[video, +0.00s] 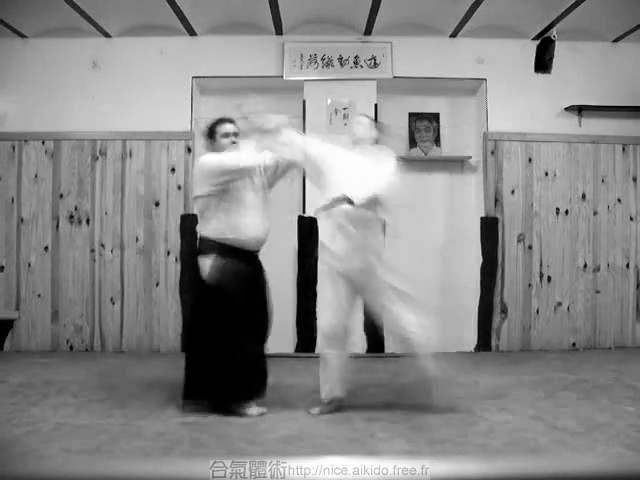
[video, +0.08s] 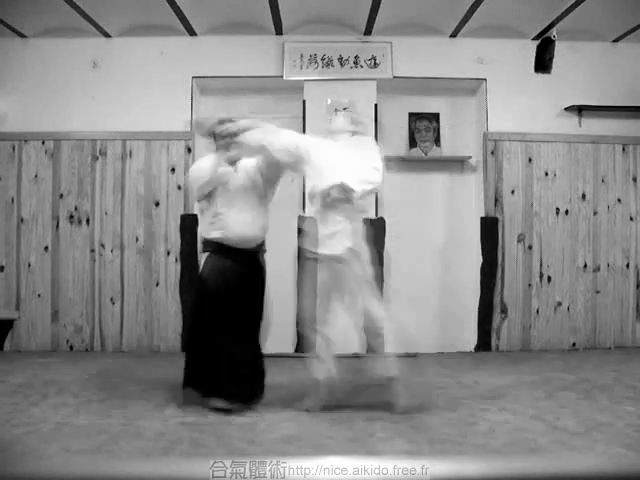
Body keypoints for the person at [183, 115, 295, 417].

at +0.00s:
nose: (232, 139)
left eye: (235, 135)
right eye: (225, 135)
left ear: (240, 138)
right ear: (212, 141)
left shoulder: (253, 167)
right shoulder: (207, 164)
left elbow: (287, 161)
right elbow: (241, 163)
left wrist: (286, 138)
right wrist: (268, 157)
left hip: (247, 256)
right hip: (218, 255)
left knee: (253, 325)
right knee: (226, 328)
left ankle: (248, 394)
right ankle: (228, 398)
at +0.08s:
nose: (230, 145)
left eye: (233, 139)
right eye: (224, 139)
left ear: (242, 141)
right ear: (215, 143)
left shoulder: (257, 169)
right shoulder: (207, 169)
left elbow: (282, 160)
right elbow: (196, 184)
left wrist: (259, 140)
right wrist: (220, 160)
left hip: (251, 256)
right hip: (219, 255)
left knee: (246, 326)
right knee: (214, 324)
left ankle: (245, 392)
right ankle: (214, 391)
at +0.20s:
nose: (228, 144)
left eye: (235, 139)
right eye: (223, 139)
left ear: (247, 142)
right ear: (217, 143)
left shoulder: (256, 176)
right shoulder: (213, 174)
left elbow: (267, 173)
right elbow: (187, 200)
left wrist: (247, 154)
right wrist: (200, 163)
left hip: (251, 257)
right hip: (218, 255)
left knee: (243, 326)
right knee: (207, 323)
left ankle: (244, 388)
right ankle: (210, 388)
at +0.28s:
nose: (222, 148)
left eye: (226, 143)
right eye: (221, 143)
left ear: (243, 142)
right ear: (246, 142)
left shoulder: (232, 162)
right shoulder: (261, 162)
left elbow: (204, 195)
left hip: (229, 252)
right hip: (253, 250)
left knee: (207, 316)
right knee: (231, 319)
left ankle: (205, 379)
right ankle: (231, 382)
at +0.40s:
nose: (223, 150)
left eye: (227, 145)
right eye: (221, 145)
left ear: (240, 146)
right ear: (222, 149)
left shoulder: (248, 174)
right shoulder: (220, 177)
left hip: (240, 252)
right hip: (223, 253)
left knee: (230, 317)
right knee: (214, 312)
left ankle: (230, 379)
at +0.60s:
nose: (206, 157)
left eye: (208, 152)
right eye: (206, 153)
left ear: (219, 146)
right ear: (241, 143)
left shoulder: (213, 169)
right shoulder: (250, 157)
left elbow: (204, 220)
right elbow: (283, 202)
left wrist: (203, 252)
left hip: (239, 253)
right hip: (254, 250)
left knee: (269, 310)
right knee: (224, 320)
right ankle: (208, 387)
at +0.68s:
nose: (229, 162)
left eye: (231, 156)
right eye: (229, 157)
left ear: (242, 156)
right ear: (253, 156)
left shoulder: (240, 180)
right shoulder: (263, 178)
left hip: (255, 247)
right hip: (272, 244)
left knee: (240, 316)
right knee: (270, 303)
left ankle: (242, 377)